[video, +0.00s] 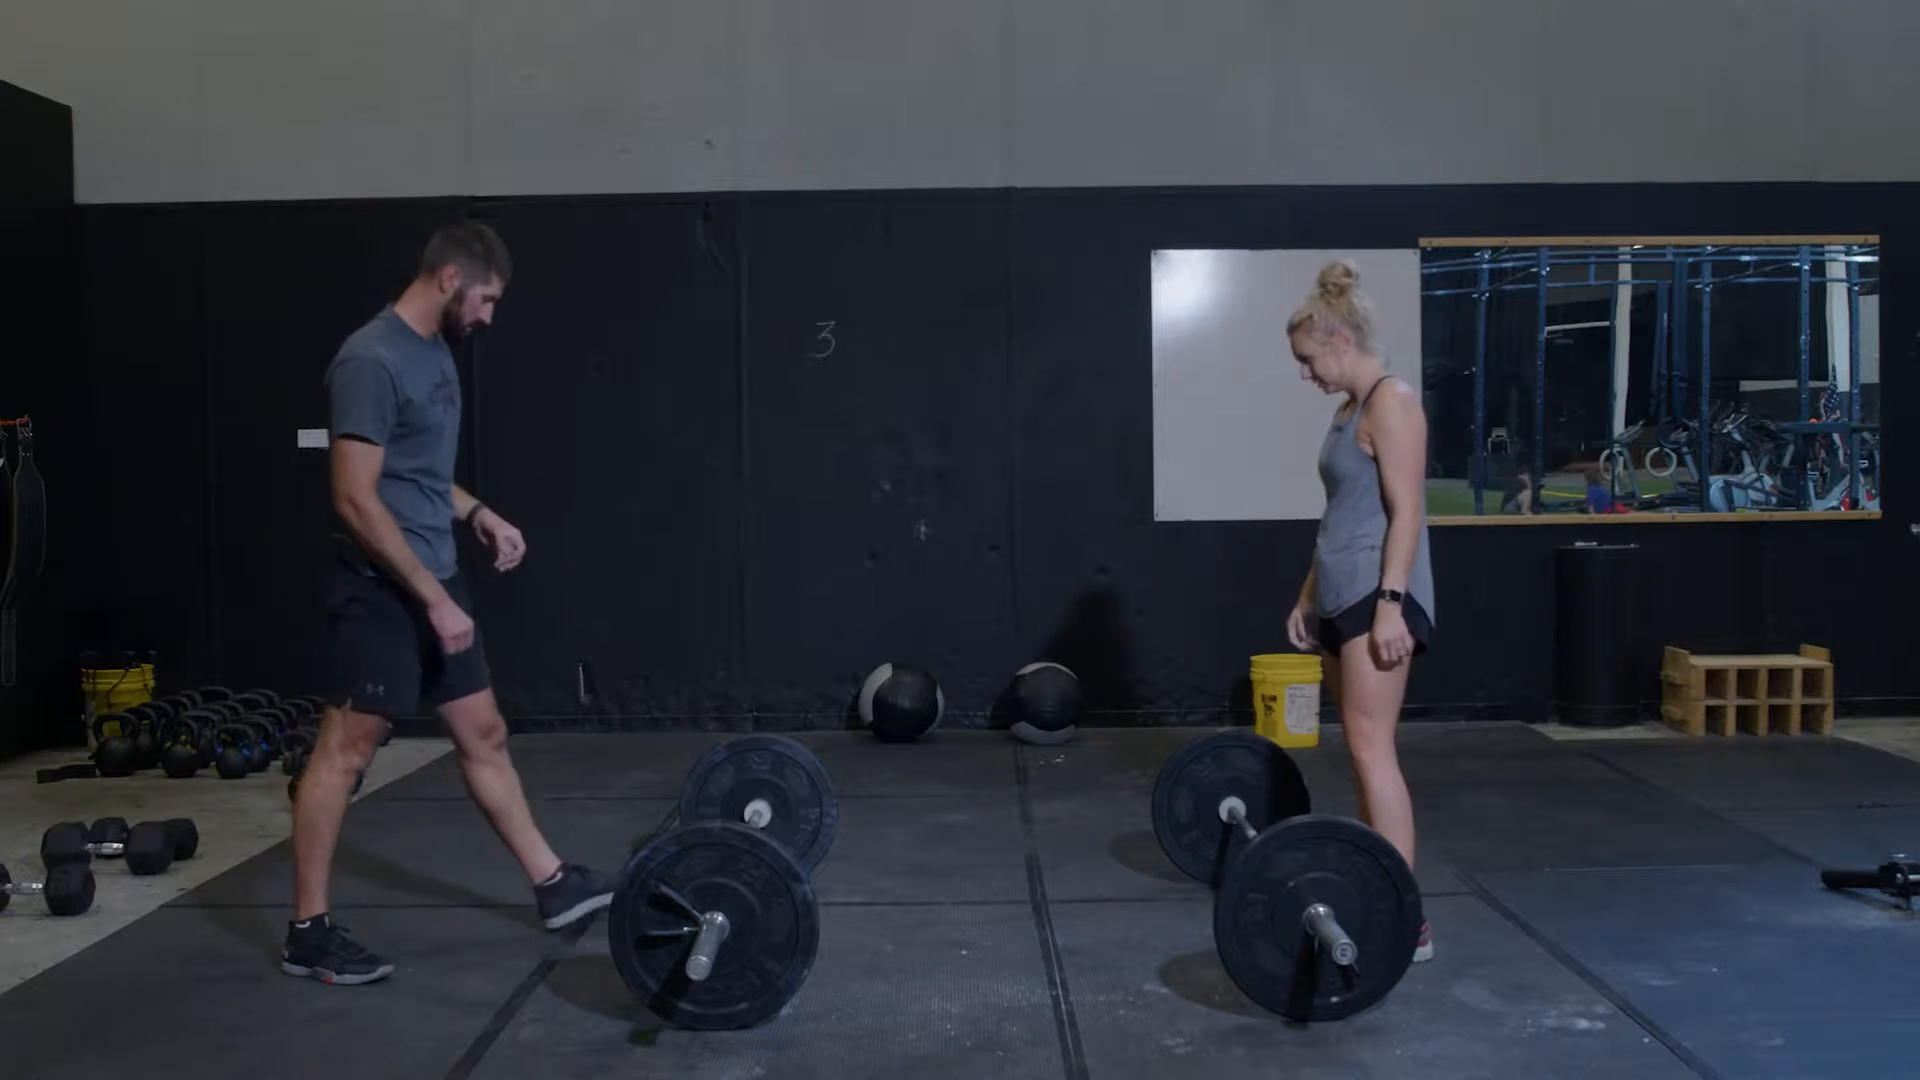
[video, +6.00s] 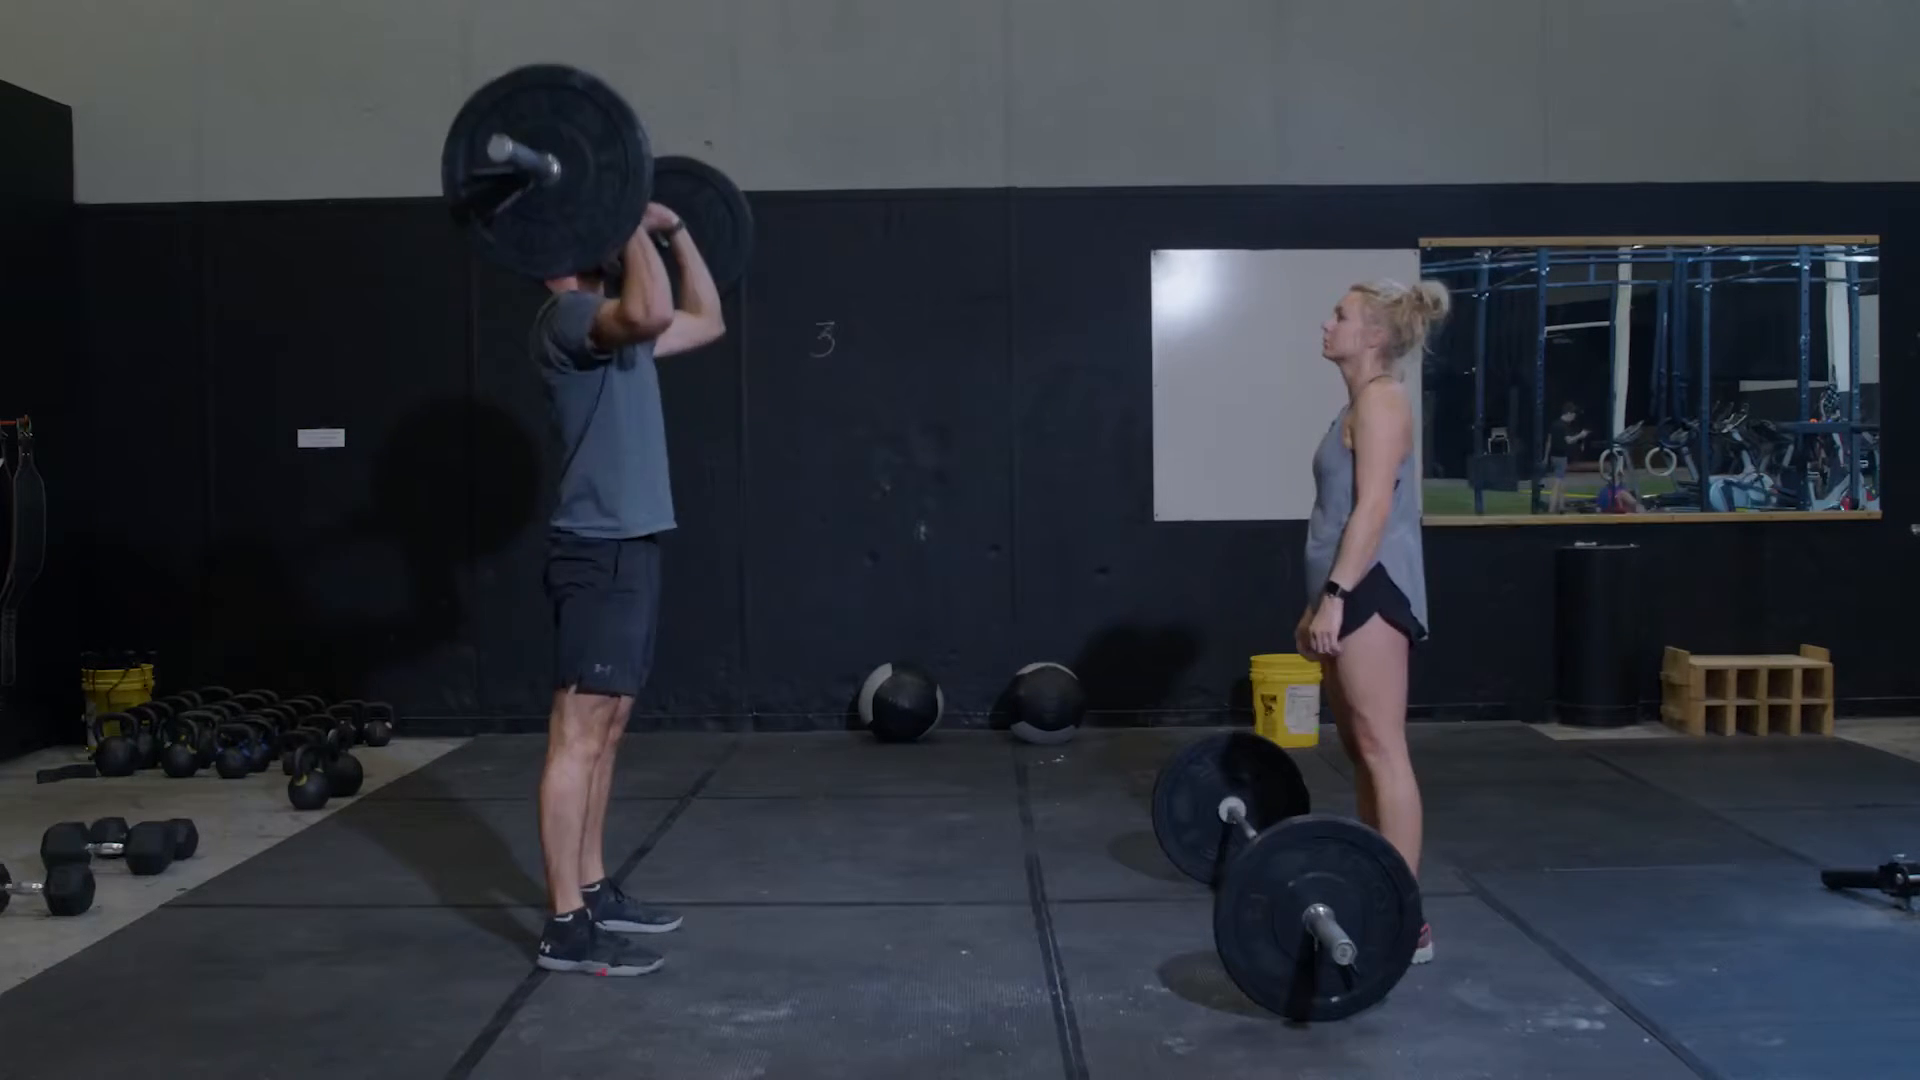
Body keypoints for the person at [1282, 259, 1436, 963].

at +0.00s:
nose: (1305, 372)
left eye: (1306, 359)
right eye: (1300, 362)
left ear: (1340, 339)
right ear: (1334, 342)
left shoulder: (1392, 401)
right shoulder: (1351, 410)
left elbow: (1407, 509)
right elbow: (1340, 521)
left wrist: (1390, 602)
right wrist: (1310, 595)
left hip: (1377, 595)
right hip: (1344, 595)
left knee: (1371, 748)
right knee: (1363, 748)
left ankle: (1400, 913)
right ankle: (1381, 903)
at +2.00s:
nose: (1304, 340)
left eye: (1317, 330)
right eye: (1308, 328)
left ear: (1354, 341)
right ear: (1342, 342)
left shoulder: (1369, 407)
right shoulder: (1337, 409)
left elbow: (1364, 517)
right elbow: (1323, 516)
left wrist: (1325, 601)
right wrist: (1300, 592)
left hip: (1363, 596)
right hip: (1339, 594)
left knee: (1367, 751)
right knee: (1360, 750)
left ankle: (1400, 912)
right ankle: (1385, 904)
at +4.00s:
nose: (1315, 333)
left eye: (1328, 324)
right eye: (1319, 322)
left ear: (1364, 337)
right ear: (1354, 338)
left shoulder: (1376, 404)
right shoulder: (1350, 407)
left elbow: (1370, 515)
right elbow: (1334, 516)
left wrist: (1331, 600)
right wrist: (1308, 593)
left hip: (1368, 596)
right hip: (1346, 594)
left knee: (1372, 751)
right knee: (1365, 751)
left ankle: (1399, 913)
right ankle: (1384, 906)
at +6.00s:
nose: (1328, 326)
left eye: (1341, 318)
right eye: (1333, 315)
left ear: (1374, 337)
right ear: (1368, 337)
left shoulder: (1380, 401)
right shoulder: (1360, 403)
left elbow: (1373, 508)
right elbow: (1351, 512)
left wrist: (1335, 594)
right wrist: (1321, 599)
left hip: (1372, 594)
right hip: (1350, 594)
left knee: (1383, 748)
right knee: (1363, 746)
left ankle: (1403, 914)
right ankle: (1377, 900)